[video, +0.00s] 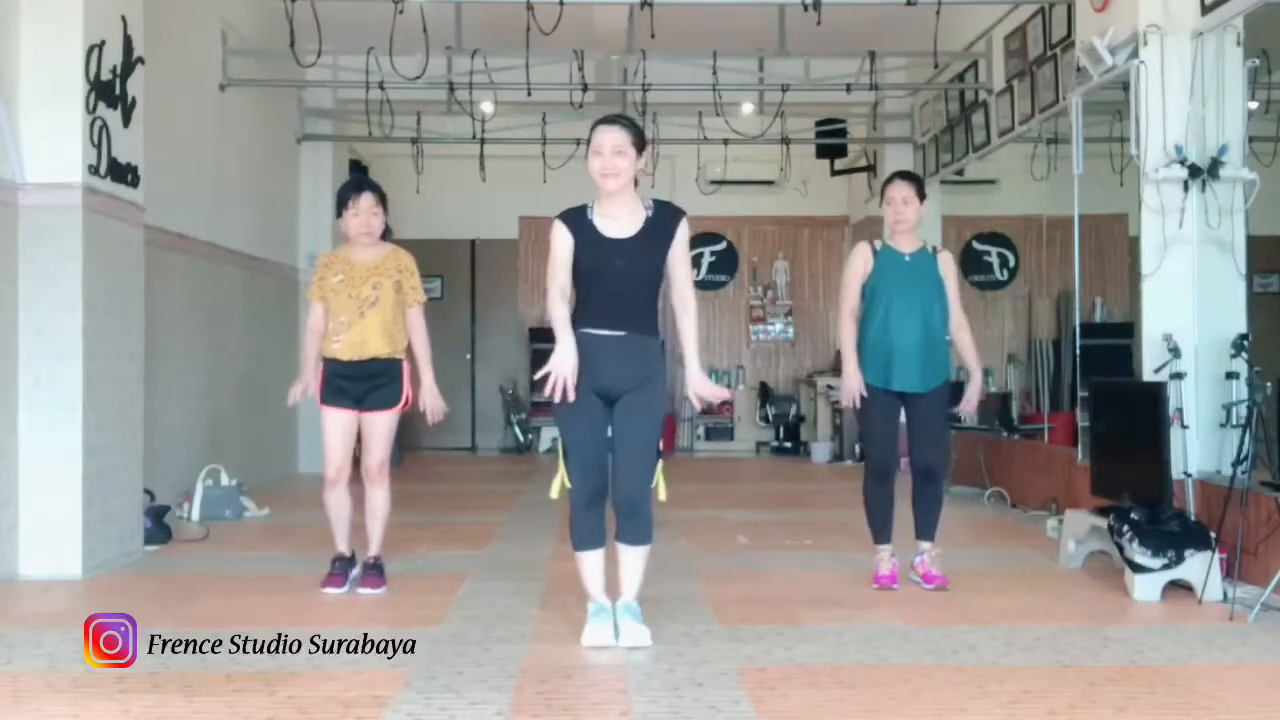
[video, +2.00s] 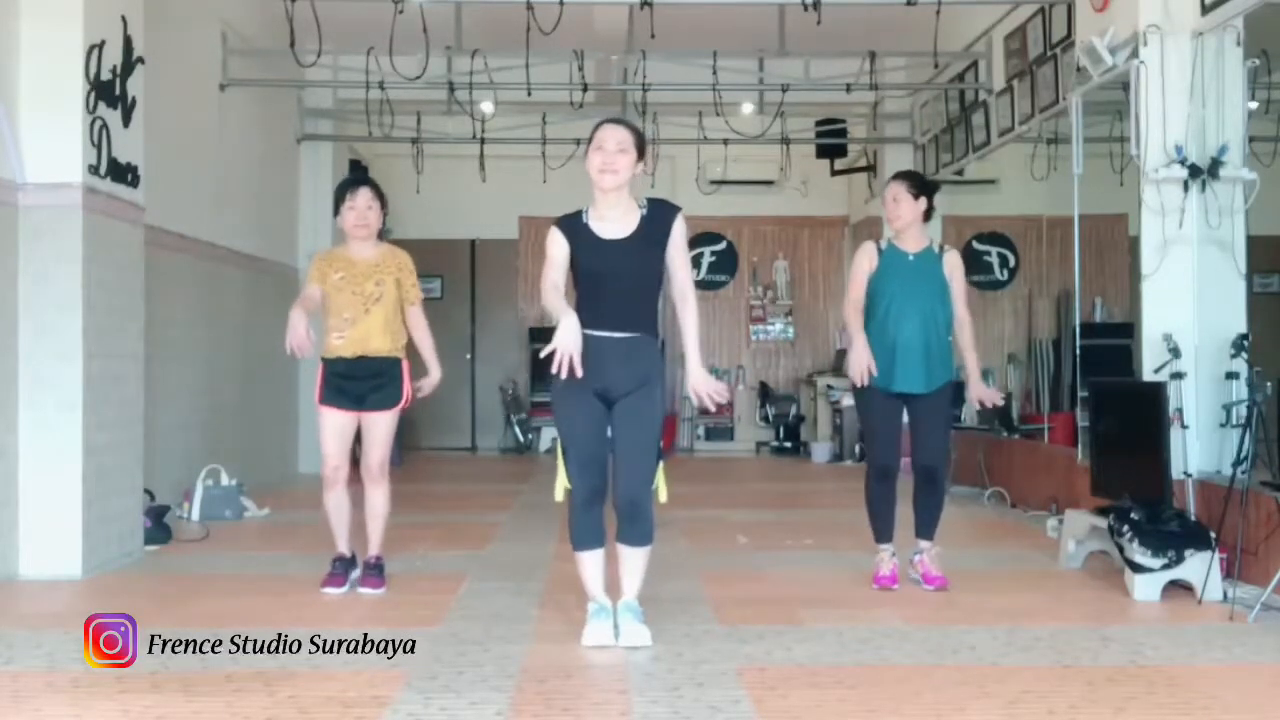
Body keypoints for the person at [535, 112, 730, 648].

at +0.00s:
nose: (607, 161)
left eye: (619, 151)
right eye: (598, 151)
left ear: (641, 159)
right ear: (586, 159)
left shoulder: (670, 223)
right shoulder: (569, 225)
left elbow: (684, 300)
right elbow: (558, 296)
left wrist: (693, 370)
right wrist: (565, 344)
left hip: (644, 369)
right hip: (581, 368)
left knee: (634, 488)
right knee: (587, 486)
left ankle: (628, 605)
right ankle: (597, 605)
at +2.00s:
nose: (608, 158)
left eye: (620, 150)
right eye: (600, 149)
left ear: (639, 162)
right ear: (586, 158)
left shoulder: (666, 220)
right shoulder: (566, 229)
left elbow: (684, 295)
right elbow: (550, 288)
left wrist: (695, 365)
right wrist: (567, 317)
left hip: (642, 370)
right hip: (578, 369)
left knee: (635, 491)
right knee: (585, 489)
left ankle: (629, 604)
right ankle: (597, 604)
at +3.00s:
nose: (631, 161)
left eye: (641, 152)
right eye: (620, 152)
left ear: (656, 162)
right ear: (603, 160)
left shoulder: (671, 227)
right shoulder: (575, 218)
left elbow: (686, 287)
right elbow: (543, 294)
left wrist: (687, 303)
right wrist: (521, 364)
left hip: (654, 363)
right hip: (593, 363)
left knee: (646, 487)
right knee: (603, 489)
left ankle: (632, 605)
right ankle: (600, 605)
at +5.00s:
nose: (624, 168)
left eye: (633, 158)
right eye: (613, 158)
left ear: (648, 167)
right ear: (595, 165)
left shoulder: (672, 228)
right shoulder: (570, 229)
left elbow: (703, 291)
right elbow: (542, 305)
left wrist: (681, 287)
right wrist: (518, 374)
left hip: (655, 367)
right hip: (592, 369)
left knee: (648, 488)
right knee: (599, 491)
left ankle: (633, 605)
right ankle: (599, 602)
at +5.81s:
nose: (596, 167)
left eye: (607, 158)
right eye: (586, 157)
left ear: (623, 167)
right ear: (569, 164)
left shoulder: (644, 223)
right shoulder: (541, 223)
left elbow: (676, 296)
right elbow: (506, 294)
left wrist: (692, 364)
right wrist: (519, 311)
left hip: (624, 364)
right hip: (560, 364)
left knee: (633, 483)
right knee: (572, 496)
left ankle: (626, 615)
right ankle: (588, 612)